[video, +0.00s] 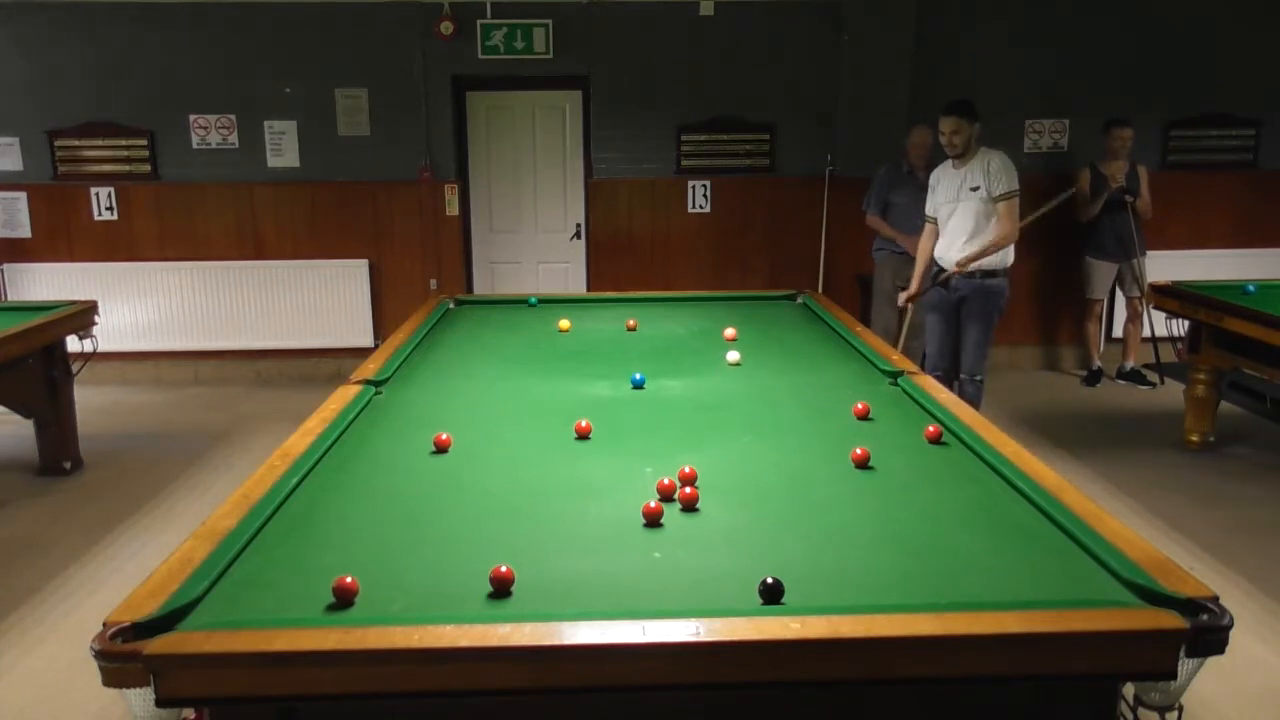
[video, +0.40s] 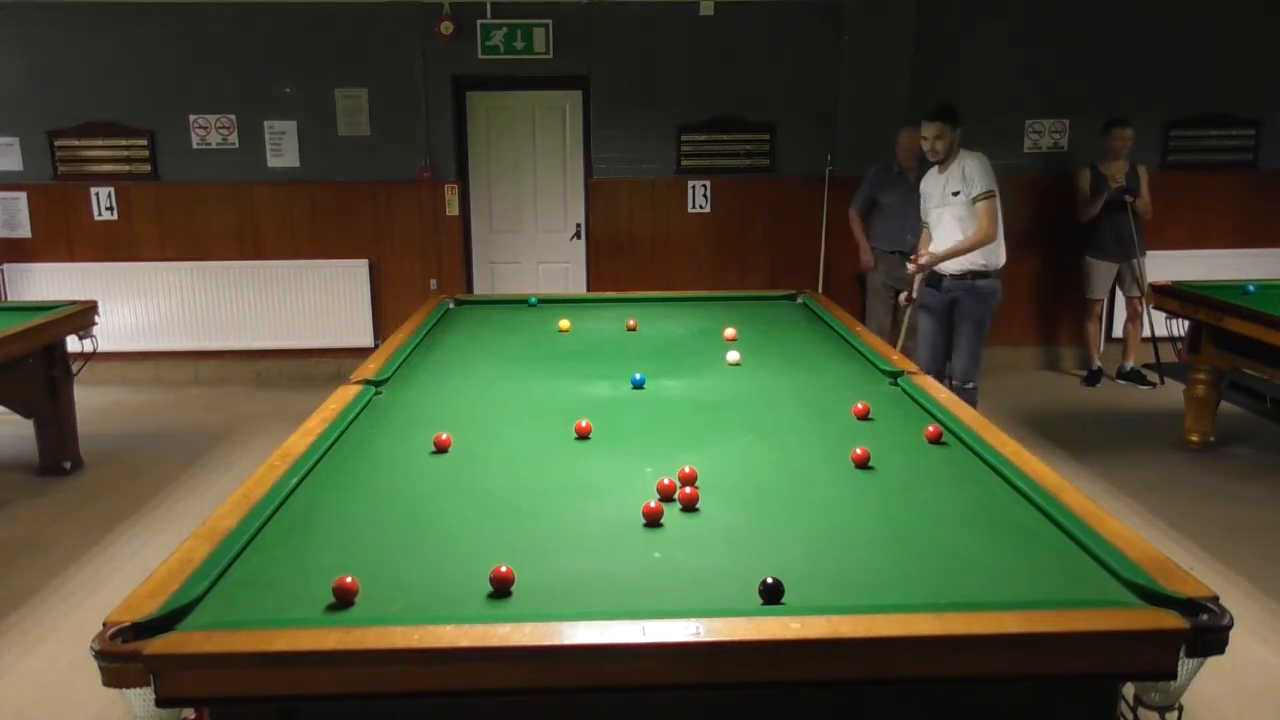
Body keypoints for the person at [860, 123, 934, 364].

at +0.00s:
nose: (922, 150)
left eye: (927, 145)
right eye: (917, 145)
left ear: (932, 149)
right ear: (907, 146)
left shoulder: (938, 180)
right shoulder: (890, 174)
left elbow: (945, 218)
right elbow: (871, 217)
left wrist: (929, 245)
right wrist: (905, 240)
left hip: (925, 258)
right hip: (891, 256)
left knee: (918, 324)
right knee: (886, 322)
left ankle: (909, 382)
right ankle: (879, 378)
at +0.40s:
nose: (912, 153)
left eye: (916, 148)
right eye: (907, 148)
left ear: (922, 150)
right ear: (897, 148)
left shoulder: (929, 180)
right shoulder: (880, 176)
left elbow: (936, 220)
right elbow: (854, 211)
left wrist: (926, 253)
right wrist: (864, 246)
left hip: (917, 263)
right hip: (882, 259)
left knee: (912, 331)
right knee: (879, 329)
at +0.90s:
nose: (869, 155)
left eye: (874, 150)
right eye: (866, 150)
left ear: (886, 152)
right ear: (862, 151)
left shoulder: (897, 181)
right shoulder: (850, 178)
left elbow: (910, 221)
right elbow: (834, 219)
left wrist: (909, 252)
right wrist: (837, 260)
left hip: (895, 259)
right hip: (859, 259)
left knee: (898, 323)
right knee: (861, 319)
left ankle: (901, 375)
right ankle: (863, 373)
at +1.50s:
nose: (831, 172)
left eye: (836, 167)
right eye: (827, 167)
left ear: (849, 161)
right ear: (823, 163)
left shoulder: (875, 179)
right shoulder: (827, 182)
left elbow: (896, 217)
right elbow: (825, 223)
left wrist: (871, 241)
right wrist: (820, 263)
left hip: (869, 261)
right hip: (840, 262)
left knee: (868, 318)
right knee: (845, 316)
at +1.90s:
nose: (795, 172)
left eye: (799, 167)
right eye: (792, 167)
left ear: (815, 159)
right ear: (789, 164)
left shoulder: (844, 179)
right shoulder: (802, 181)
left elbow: (861, 224)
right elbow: (809, 222)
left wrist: (830, 254)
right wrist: (800, 255)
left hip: (843, 267)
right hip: (814, 267)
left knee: (843, 329)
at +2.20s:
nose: (755, 171)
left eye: (759, 165)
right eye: (753, 166)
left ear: (774, 158)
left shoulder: (804, 180)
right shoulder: (772, 183)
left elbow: (824, 223)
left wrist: (799, 260)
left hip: (811, 267)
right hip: (781, 263)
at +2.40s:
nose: (734, 165)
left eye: (737, 159)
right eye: (732, 159)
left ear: (754, 152)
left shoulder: (783, 175)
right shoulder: (754, 178)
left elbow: (800, 219)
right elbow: (758, 224)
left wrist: (771, 253)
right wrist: (750, 259)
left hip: (781, 266)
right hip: (756, 263)